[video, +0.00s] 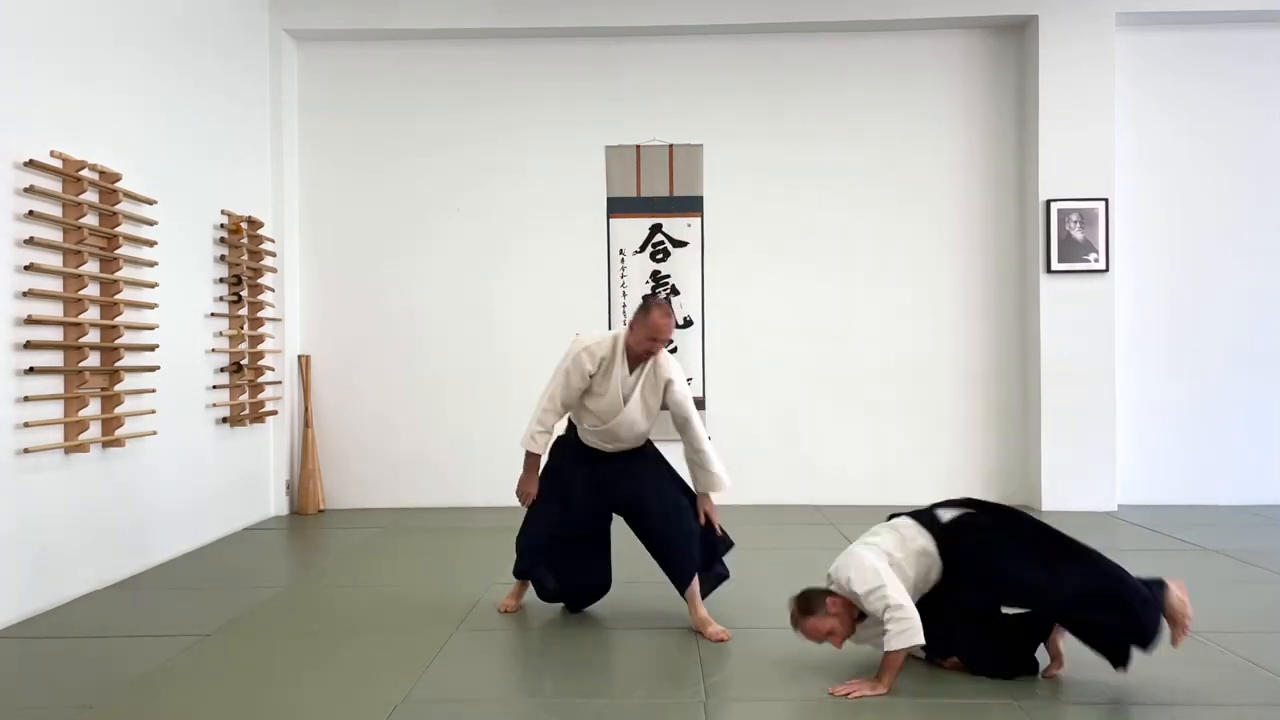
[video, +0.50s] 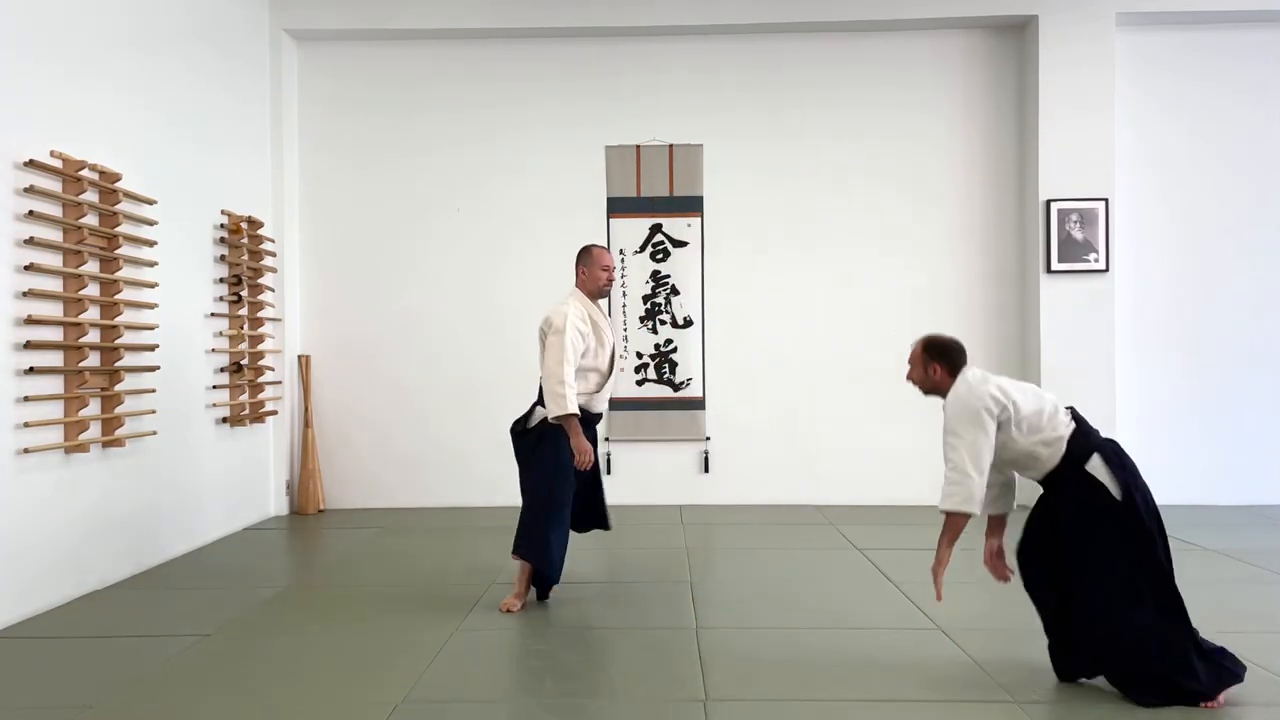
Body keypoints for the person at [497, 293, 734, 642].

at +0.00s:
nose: (657, 348)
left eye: (664, 342)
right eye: (651, 339)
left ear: (670, 338)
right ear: (631, 327)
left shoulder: (665, 370)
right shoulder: (589, 354)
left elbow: (691, 428)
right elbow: (549, 408)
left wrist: (704, 492)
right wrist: (529, 472)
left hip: (634, 456)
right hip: (580, 453)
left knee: (676, 521)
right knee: (541, 520)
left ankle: (698, 611)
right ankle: (519, 586)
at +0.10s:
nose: (636, 317)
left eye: (642, 310)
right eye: (631, 308)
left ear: (644, 309)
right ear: (609, 299)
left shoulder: (642, 347)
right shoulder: (566, 339)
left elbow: (661, 401)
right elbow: (536, 398)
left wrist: (666, 457)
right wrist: (537, 463)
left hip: (611, 440)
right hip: (562, 437)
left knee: (649, 502)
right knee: (538, 511)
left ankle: (679, 602)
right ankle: (520, 591)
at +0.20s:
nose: (622, 293)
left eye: (626, 286)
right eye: (615, 285)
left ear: (628, 288)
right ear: (592, 283)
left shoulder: (626, 333)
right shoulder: (557, 328)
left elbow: (635, 393)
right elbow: (535, 394)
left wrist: (632, 447)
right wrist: (547, 454)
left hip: (600, 432)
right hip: (552, 430)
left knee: (635, 493)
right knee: (537, 510)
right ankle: (520, 589)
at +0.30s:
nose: (615, 281)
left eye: (617, 275)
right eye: (608, 274)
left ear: (616, 277)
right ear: (584, 274)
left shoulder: (614, 321)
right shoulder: (555, 319)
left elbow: (618, 373)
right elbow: (543, 385)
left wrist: (608, 419)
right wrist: (557, 443)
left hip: (592, 428)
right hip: (546, 430)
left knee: (627, 505)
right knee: (534, 513)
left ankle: (575, 563)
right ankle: (519, 591)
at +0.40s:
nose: (611, 275)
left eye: (613, 269)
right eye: (604, 268)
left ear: (608, 273)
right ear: (580, 270)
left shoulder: (598, 317)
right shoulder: (559, 315)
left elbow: (586, 378)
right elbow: (549, 380)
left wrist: (588, 425)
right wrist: (567, 436)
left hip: (582, 424)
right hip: (548, 425)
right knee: (540, 506)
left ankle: (537, 572)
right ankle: (520, 589)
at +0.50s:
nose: (612, 276)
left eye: (613, 270)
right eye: (605, 270)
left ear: (593, 274)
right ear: (583, 272)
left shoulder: (593, 315)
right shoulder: (566, 316)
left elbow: (586, 377)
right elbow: (558, 381)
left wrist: (589, 425)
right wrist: (576, 434)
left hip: (578, 425)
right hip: (555, 426)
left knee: (560, 505)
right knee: (544, 505)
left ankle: (539, 577)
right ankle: (521, 590)